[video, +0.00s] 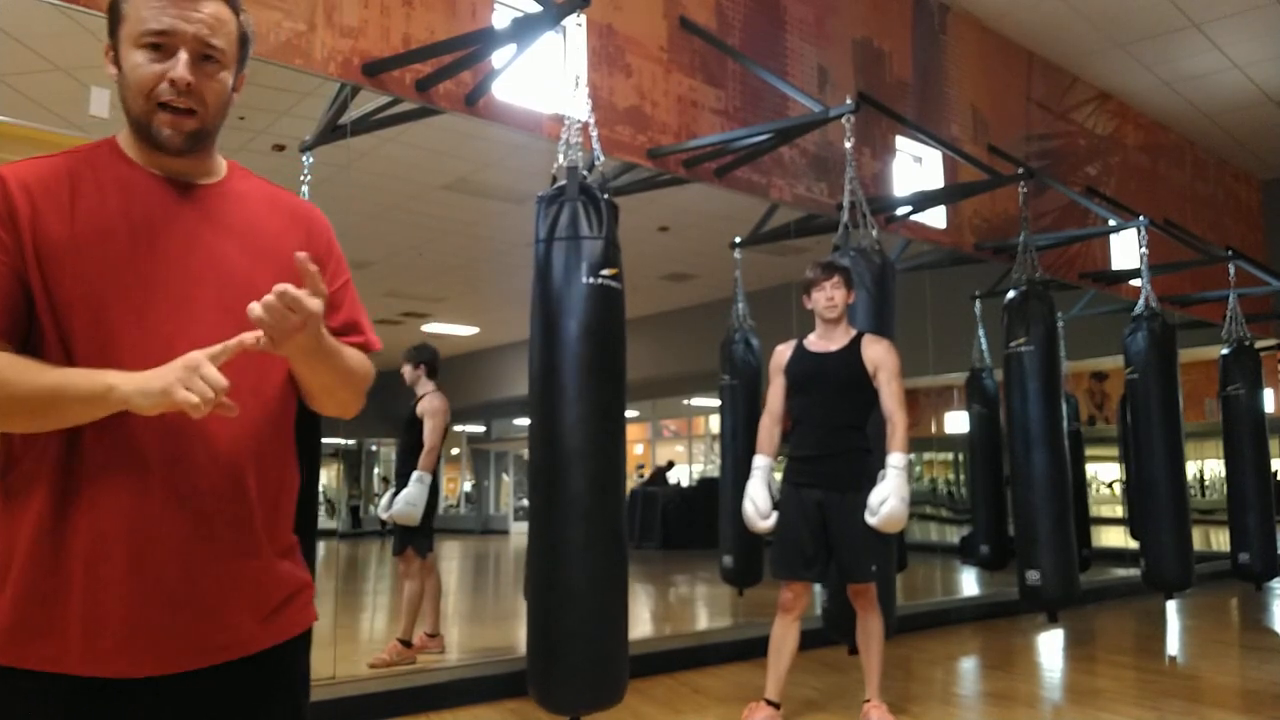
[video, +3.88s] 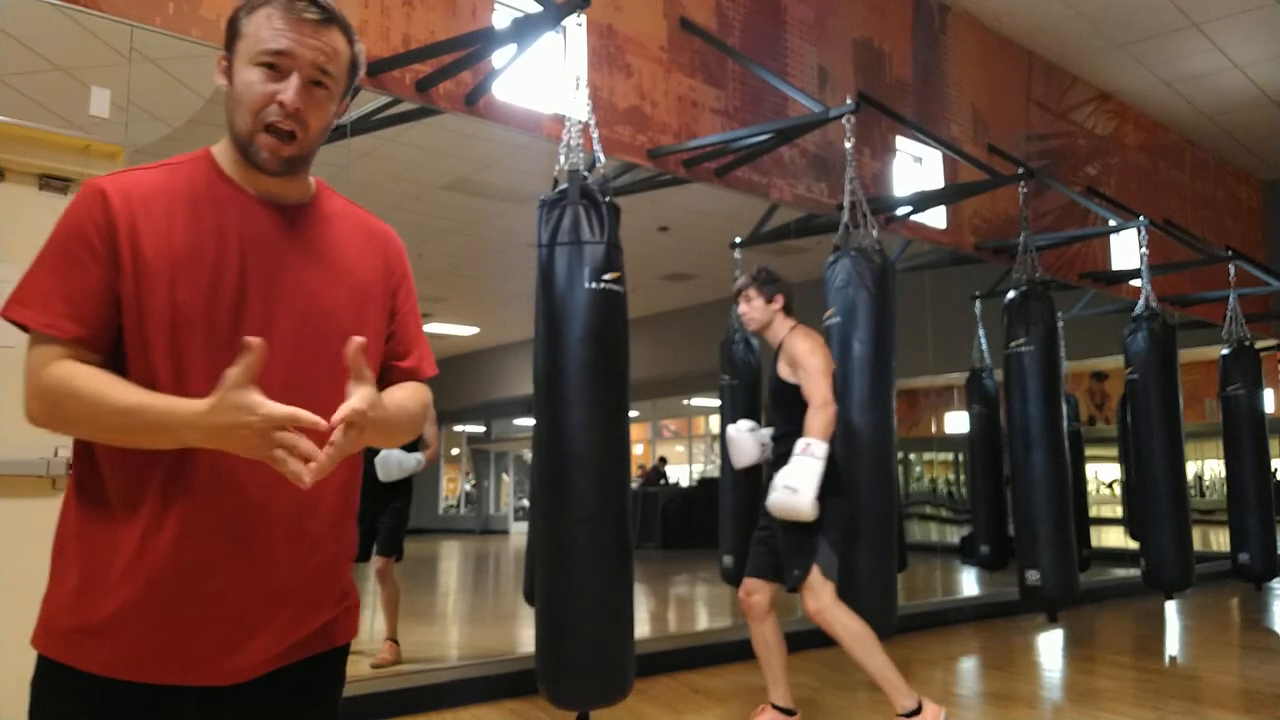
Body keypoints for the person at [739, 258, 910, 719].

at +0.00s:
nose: (829, 295)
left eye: (837, 288)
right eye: (821, 289)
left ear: (850, 296)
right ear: (808, 299)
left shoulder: (876, 350)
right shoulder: (786, 354)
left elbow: (895, 417)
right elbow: (772, 419)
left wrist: (896, 474)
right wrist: (759, 476)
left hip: (858, 491)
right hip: (800, 491)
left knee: (865, 596)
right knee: (789, 598)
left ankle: (873, 700)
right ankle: (771, 702)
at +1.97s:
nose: (780, 291)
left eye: (788, 283)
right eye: (772, 285)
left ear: (806, 290)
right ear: (760, 296)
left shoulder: (834, 340)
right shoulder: (749, 350)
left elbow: (865, 406)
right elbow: (737, 417)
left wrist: (862, 460)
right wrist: (725, 475)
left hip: (831, 490)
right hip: (771, 493)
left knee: (849, 597)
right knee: (770, 599)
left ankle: (878, 706)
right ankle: (768, 704)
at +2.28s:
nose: (840, 289)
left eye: (851, 282)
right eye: (833, 281)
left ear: (868, 291)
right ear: (820, 290)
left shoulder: (888, 346)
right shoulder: (794, 344)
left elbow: (919, 414)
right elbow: (769, 412)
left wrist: (899, 450)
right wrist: (752, 469)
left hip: (870, 495)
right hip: (806, 494)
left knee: (880, 602)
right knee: (781, 604)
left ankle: (892, 714)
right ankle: (759, 698)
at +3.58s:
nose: (783, 300)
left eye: (792, 291)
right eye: (779, 292)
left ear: (821, 294)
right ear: (778, 300)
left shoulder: (860, 339)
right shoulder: (788, 349)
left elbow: (903, 408)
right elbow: (783, 414)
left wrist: (864, 445)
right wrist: (766, 452)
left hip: (859, 491)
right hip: (805, 491)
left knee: (859, 605)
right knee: (770, 599)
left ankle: (913, 712)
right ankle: (783, 706)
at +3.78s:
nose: (747, 308)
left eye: (754, 298)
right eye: (745, 300)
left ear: (783, 300)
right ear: (765, 306)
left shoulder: (812, 340)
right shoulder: (789, 349)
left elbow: (837, 406)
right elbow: (802, 422)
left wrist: (818, 468)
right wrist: (766, 440)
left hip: (818, 487)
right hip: (790, 488)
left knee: (827, 604)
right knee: (758, 596)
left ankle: (914, 708)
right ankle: (781, 706)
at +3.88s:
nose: (741, 309)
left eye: (748, 300)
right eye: (739, 302)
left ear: (776, 302)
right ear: (762, 306)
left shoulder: (802, 342)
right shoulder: (782, 349)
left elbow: (824, 406)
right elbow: (795, 422)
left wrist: (803, 471)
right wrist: (759, 443)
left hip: (812, 486)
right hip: (783, 486)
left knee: (819, 603)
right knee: (754, 596)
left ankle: (911, 706)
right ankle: (781, 707)